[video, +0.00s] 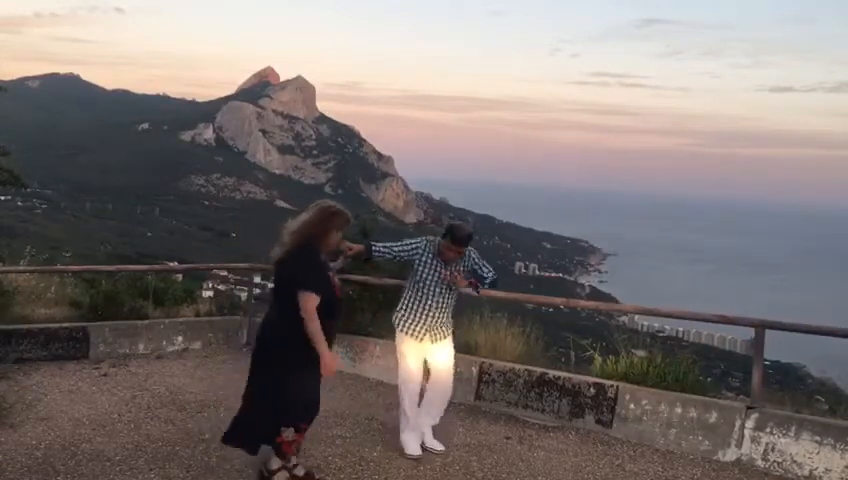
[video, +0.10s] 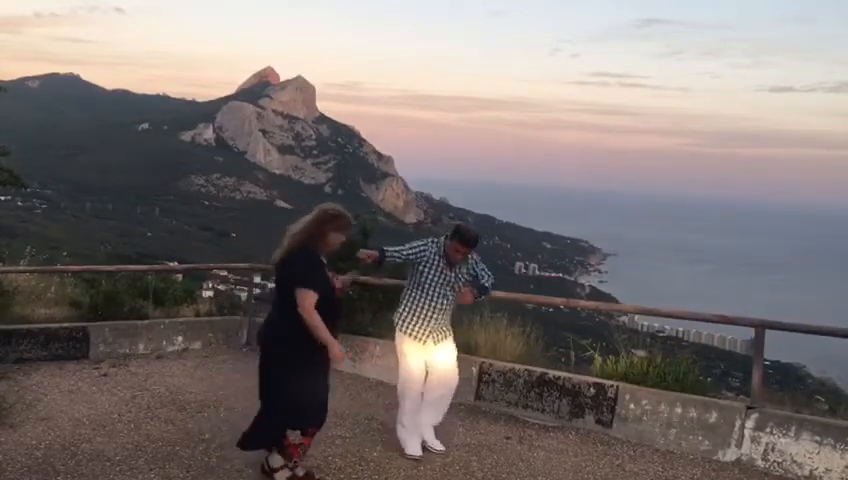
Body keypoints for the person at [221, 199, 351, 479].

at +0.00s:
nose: (340, 239)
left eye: (341, 233)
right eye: (338, 233)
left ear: (314, 225)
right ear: (326, 231)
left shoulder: (296, 254)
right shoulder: (310, 262)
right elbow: (308, 313)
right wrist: (325, 353)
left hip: (280, 339)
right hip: (297, 344)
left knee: (287, 399)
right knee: (304, 404)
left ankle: (279, 457)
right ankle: (283, 461)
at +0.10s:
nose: (341, 241)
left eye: (343, 236)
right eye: (339, 235)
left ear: (321, 230)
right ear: (325, 230)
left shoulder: (298, 254)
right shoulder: (309, 260)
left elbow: (300, 293)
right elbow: (306, 308)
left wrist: (332, 284)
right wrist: (330, 342)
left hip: (284, 340)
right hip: (301, 344)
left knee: (286, 400)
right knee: (313, 408)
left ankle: (277, 457)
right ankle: (286, 464)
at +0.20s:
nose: (344, 239)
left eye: (347, 234)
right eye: (343, 233)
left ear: (323, 228)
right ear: (328, 228)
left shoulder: (306, 254)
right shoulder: (309, 256)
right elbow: (305, 298)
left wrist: (339, 297)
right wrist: (338, 319)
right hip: (301, 343)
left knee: (279, 400)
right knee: (311, 401)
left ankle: (284, 463)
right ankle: (295, 462)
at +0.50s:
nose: (346, 242)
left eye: (348, 237)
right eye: (343, 235)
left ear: (330, 234)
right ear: (326, 230)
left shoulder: (329, 266)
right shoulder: (298, 253)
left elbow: (335, 309)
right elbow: (294, 284)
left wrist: (358, 335)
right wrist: (332, 274)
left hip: (316, 352)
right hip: (283, 350)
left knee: (322, 412)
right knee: (290, 412)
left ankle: (295, 460)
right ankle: (285, 468)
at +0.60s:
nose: (346, 243)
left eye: (347, 237)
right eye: (342, 236)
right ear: (323, 233)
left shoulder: (334, 266)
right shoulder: (297, 257)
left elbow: (348, 305)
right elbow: (290, 286)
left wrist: (376, 329)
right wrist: (337, 282)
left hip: (322, 351)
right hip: (287, 350)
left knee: (331, 413)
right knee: (290, 407)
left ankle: (307, 456)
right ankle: (283, 458)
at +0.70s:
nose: (346, 237)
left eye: (349, 232)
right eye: (341, 230)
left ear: (352, 235)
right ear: (325, 228)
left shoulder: (346, 264)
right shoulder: (301, 254)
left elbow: (361, 293)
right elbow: (293, 290)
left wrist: (397, 310)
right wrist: (339, 297)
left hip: (327, 347)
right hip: (289, 347)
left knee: (332, 411)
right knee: (290, 411)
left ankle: (313, 458)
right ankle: (284, 466)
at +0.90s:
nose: (353, 232)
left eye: (355, 227)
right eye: (347, 225)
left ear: (356, 230)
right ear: (330, 225)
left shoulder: (357, 257)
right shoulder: (308, 255)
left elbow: (379, 277)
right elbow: (298, 303)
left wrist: (422, 273)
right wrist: (326, 333)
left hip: (341, 341)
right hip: (303, 338)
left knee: (330, 402)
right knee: (301, 399)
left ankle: (321, 463)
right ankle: (295, 464)